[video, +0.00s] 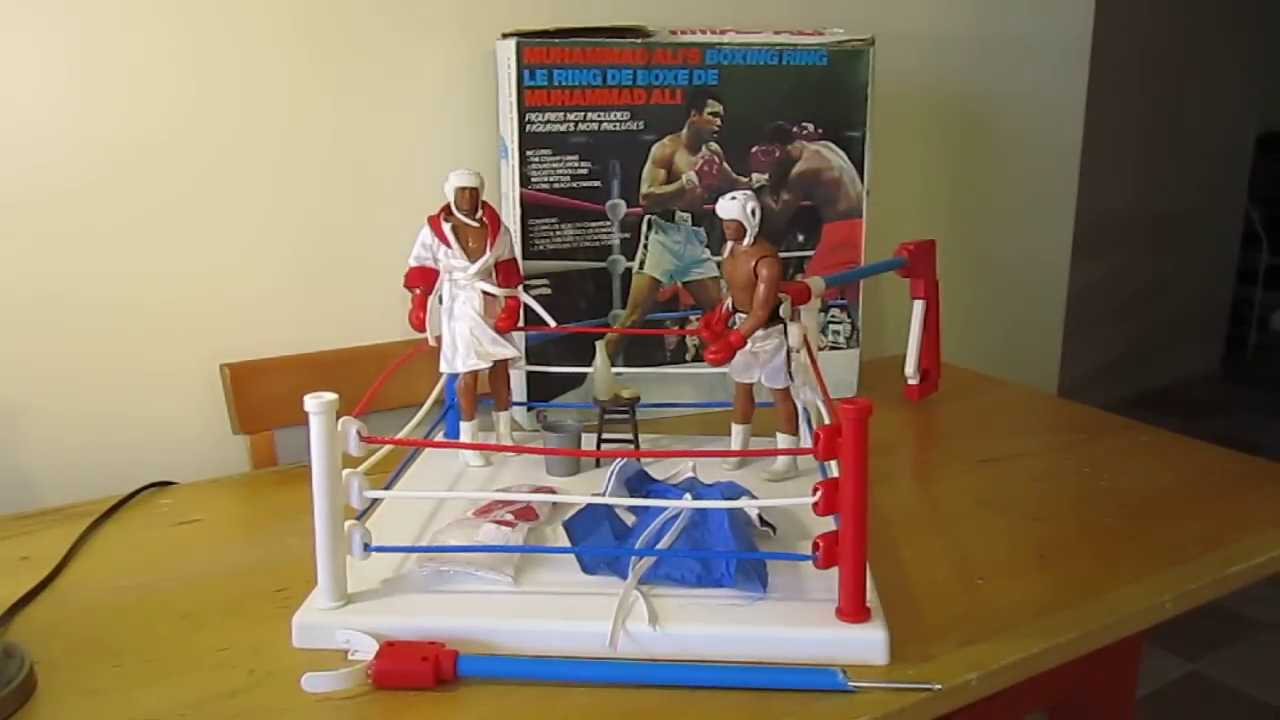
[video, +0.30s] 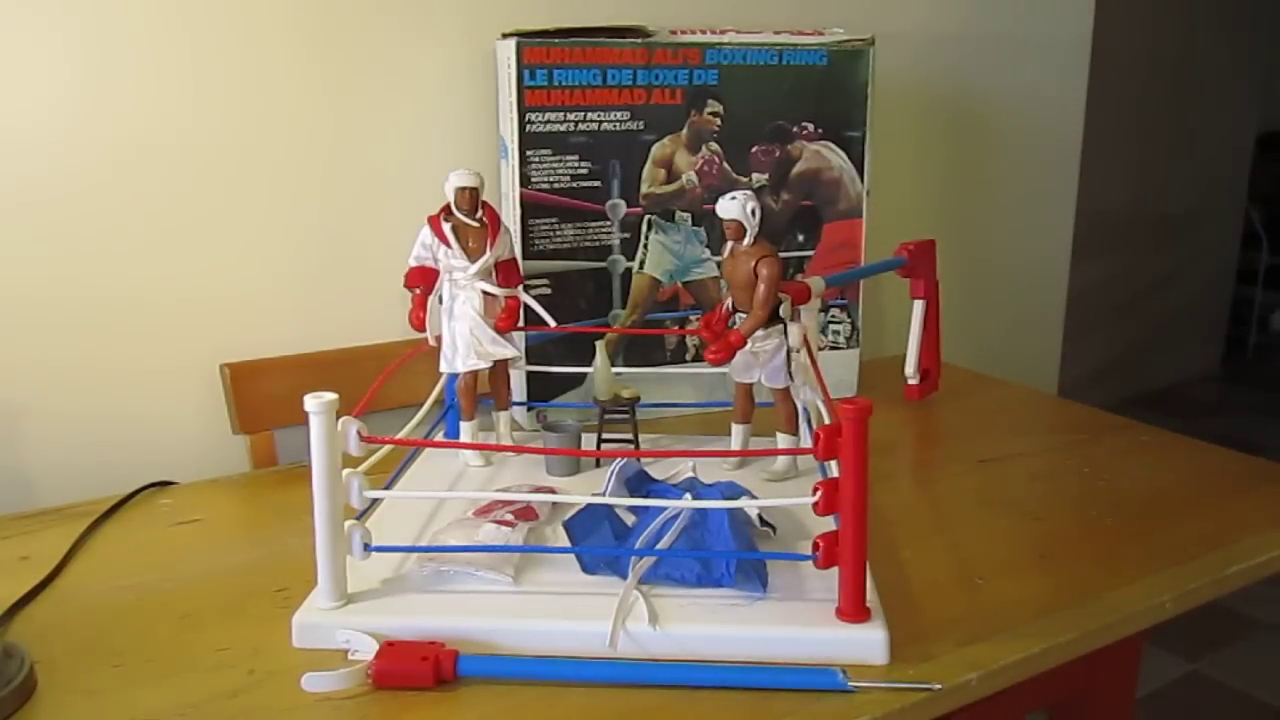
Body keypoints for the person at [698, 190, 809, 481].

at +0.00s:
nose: (726, 227)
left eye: (731, 222)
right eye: (724, 221)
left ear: (748, 222)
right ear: (723, 222)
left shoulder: (766, 262)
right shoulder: (730, 249)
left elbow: (761, 313)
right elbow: (735, 292)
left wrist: (736, 339)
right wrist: (720, 317)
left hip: (769, 333)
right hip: (743, 329)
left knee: (780, 391)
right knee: (742, 387)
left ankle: (787, 457)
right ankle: (737, 450)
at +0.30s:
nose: (725, 227)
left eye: (731, 222)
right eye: (723, 222)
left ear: (748, 223)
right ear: (723, 223)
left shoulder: (767, 261)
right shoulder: (729, 250)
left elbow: (761, 313)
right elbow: (735, 292)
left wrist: (735, 339)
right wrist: (720, 315)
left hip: (770, 332)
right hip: (743, 328)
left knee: (780, 391)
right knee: (742, 386)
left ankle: (787, 456)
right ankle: (738, 450)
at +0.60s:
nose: (725, 228)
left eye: (730, 223)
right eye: (723, 222)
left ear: (747, 223)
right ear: (724, 223)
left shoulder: (767, 261)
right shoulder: (729, 250)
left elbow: (761, 312)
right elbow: (733, 292)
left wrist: (736, 338)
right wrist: (719, 317)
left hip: (769, 332)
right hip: (742, 329)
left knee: (780, 390)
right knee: (742, 386)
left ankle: (787, 456)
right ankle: (738, 450)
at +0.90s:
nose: (725, 227)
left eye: (731, 222)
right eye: (724, 222)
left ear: (748, 223)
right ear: (724, 223)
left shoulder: (767, 261)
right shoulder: (730, 249)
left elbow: (761, 313)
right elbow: (734, 292)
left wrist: (735, 338)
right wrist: (719, 316)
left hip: (769, 332)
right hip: (742, 328)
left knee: (780, 390)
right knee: (742, 386)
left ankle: (787, 456)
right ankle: (738, 450)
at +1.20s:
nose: (725, 227)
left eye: (730, 222)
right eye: (723, 222)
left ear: (747, 223)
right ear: (724, 222)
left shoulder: (767, 261)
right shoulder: (729, 249)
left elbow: (761, 313)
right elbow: (733, 292)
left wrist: (735, 338)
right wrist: (719, 316)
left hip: (769, 332)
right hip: (742, 328)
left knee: (780, 390)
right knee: (742, 386)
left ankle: (787, 456)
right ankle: (738, 450)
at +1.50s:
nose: (725, 227)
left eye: (731, 221)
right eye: (723, 221)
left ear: (748, 222)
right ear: (723, 222)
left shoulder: (766, 260)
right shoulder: (730, 250)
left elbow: (761, 312)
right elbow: (736, 293)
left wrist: (736, 338)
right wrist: (721, 315)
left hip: (769, 333)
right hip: (744, 330)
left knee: (780, 390)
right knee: (742, 385)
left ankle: (787, 457)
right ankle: (737, 449)